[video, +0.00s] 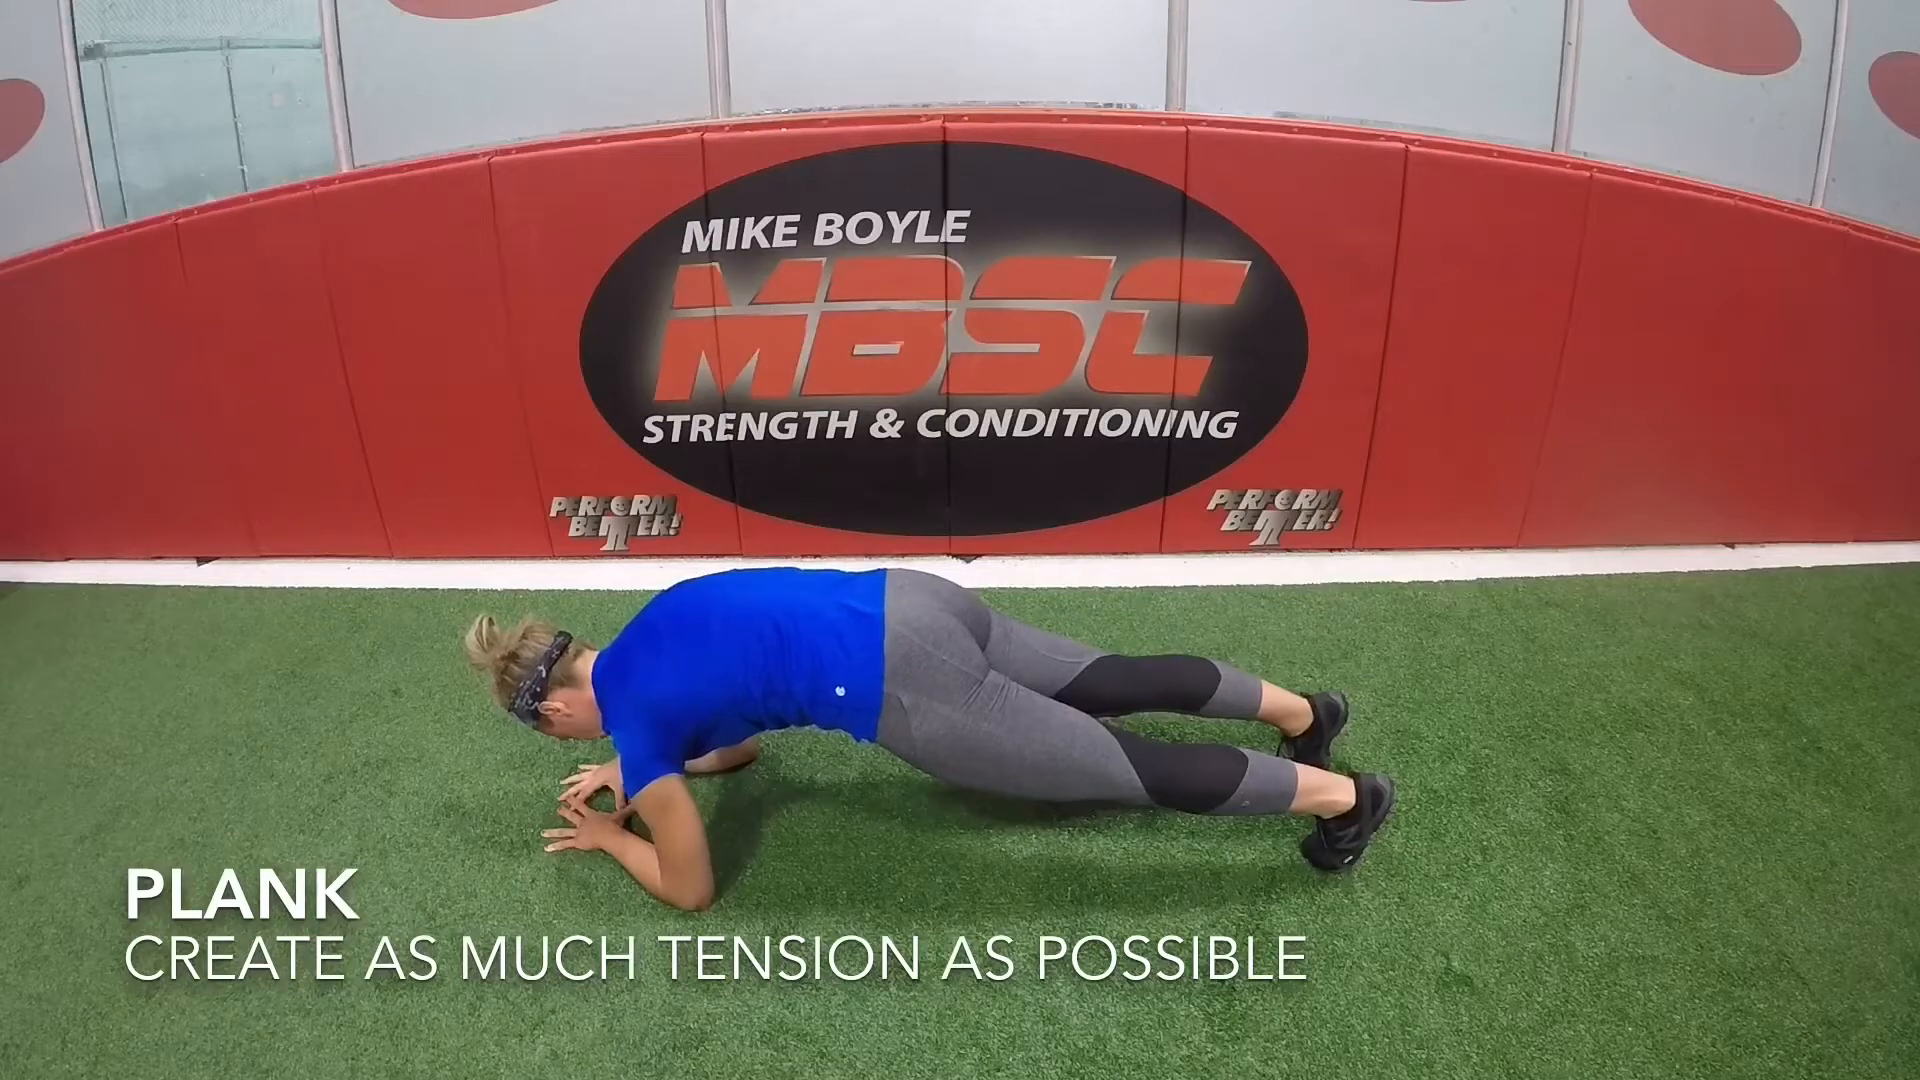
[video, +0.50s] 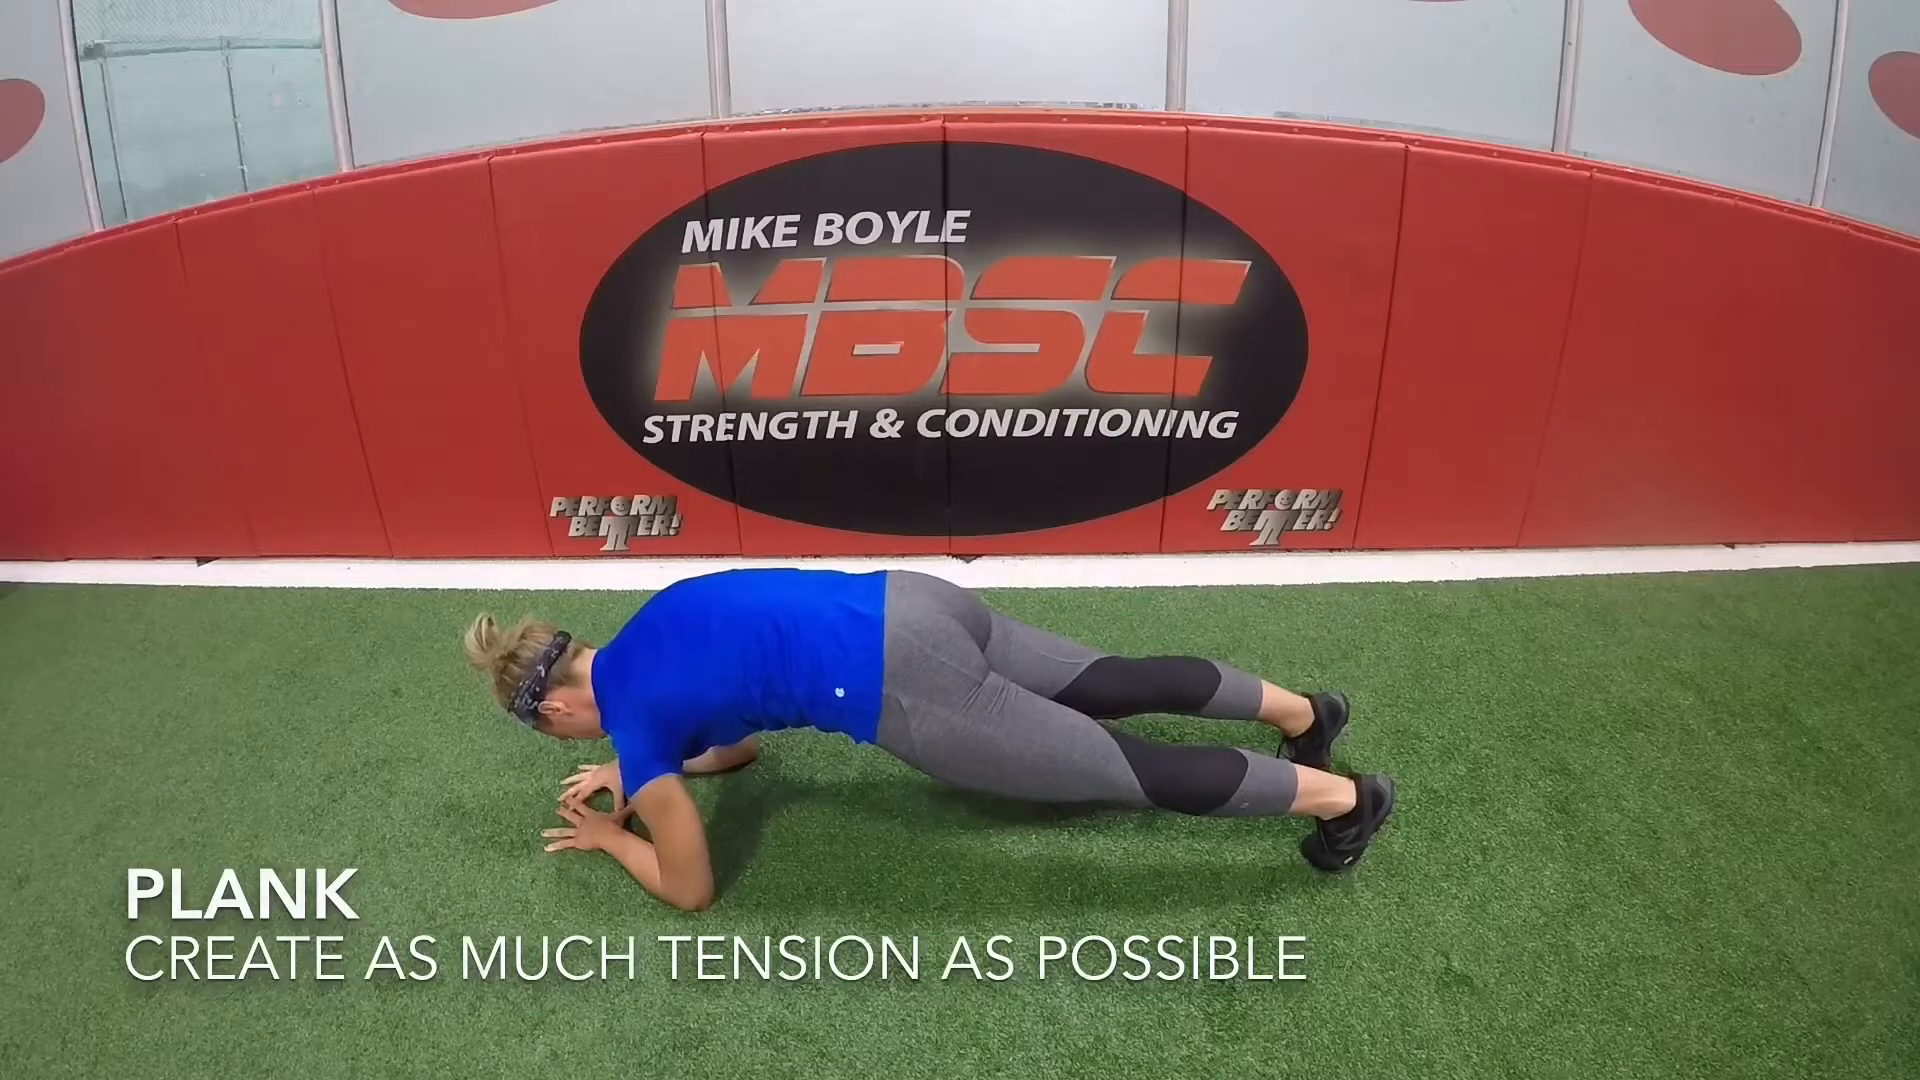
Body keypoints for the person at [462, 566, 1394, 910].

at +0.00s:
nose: (570, 737)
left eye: (555, 731)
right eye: (559, 731)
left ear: (562, 700)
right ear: (576, 650)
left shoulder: (633, 718)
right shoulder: (657, 613)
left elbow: (687, 885)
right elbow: (738, 744)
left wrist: (615, 841)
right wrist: (639, 778)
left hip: (899, 688)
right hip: (914, 592)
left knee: (1131, 769)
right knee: (1105, 678)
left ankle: (1341, 795)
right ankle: (1307, 715)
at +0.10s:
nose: (570, 737)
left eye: (555, 730)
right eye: (559, 731)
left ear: (563, 698)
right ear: (576, 649)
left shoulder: (633, 717)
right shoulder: (660, 612)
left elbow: (687, 885)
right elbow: (738, 745)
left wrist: (614, 840)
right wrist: (638, 777)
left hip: (900, 689)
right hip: (915, 592)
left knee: (1134, 770)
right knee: (1108, 678)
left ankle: (1342, 795)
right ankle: (1307, 715)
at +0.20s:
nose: (569, 737)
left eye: (554, 731)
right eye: (559, 731)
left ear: (559, 702)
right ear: (576, 649)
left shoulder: (632, 717)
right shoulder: (656, 614)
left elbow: (687, 885)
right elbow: (738, 743)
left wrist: (613, 840)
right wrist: (638, 778)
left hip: (899, 688)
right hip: (914, 592)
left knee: (1132, 770)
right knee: (1108, 679)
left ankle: (1341, 795)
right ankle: (1308, 715)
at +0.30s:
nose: (568, 737)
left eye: (553, 730)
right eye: (558, 731)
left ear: (559, 701)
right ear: (574, 649)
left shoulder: (633, 717)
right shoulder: (656, 614)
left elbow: (687, 885)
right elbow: (739, 745)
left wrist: (612, 840)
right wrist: (638, 778)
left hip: (900, 689)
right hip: (914, 593)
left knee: (1132, 771)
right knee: (1110, 680)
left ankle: (1341, 795)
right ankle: (1306, 714)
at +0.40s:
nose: (570, 737)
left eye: (554, 730)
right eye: (559, 730)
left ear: (560, 700)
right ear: (575, 649)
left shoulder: (633, 717)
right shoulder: (657, 612)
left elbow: (687, 885)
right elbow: (737, 743)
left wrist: (613, 840)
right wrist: (638, 778)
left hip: (900, 690)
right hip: (916, 594)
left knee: (1133, 771)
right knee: (1111, 681)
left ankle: (1342, 796)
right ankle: (1307, 715)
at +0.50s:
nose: (570, 737)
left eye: (555, 730)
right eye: (559, 730)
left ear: (561, 700)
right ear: (575, 649)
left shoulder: (633, 717)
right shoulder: (657, 612)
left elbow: (687, 885)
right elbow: (738, 742)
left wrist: (613, 840)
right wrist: (639, 778)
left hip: (899, 689)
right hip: (915, 594)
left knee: (1133, 771)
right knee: (1111, 680)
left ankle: (1342, 796)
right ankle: (1307, 715)